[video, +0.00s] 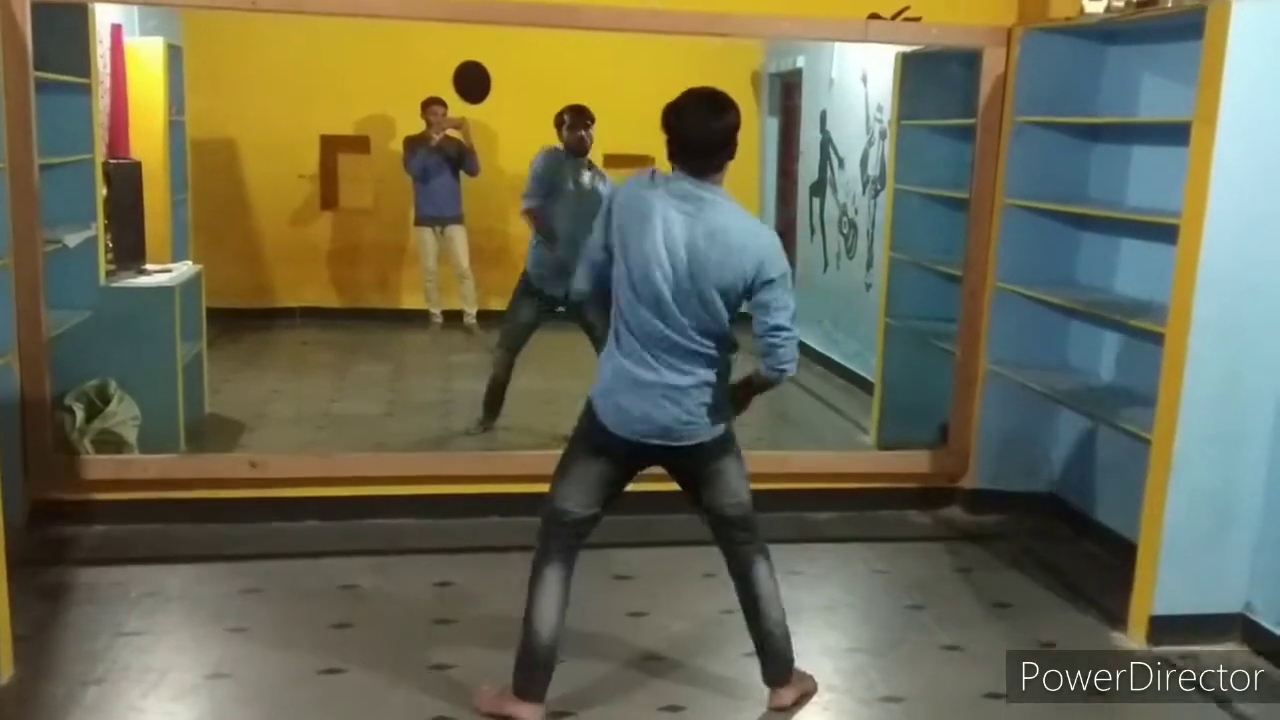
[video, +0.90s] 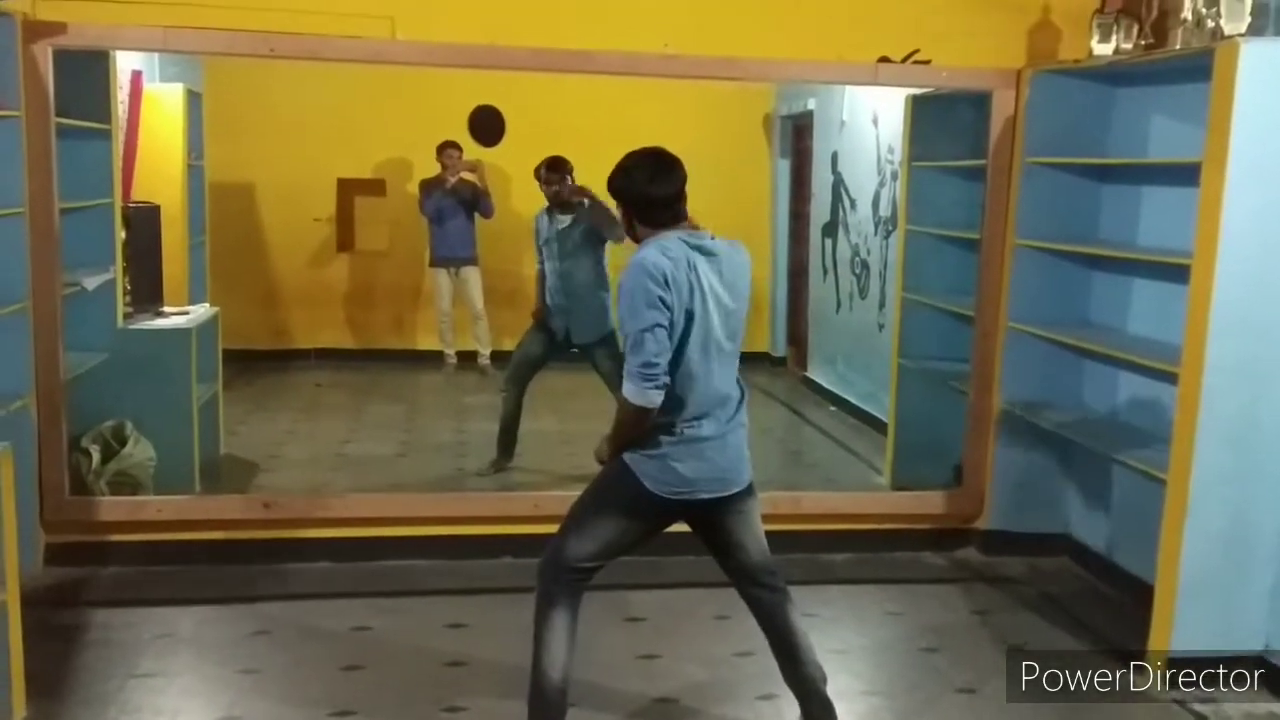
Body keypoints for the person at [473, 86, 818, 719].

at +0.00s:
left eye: (670, 139)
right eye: (730, 138)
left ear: (667, 144)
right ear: (733, 149)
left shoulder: (626, 200)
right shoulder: (755, 242)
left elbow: (584, 292)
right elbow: (779, 364)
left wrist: (617, 354)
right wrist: (733, 394)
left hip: (616, 410)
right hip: (697, 420)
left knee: (558, 540)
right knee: (745, 546)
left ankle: (527, 694)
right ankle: (782, 683)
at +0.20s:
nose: (643, 162)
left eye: (642, 154)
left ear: (647, 161)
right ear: (711, 163)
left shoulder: (605, 227)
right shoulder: (741, 249)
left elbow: (558, 335)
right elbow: (740, 349)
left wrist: (565, 399)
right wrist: (678, 349)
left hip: (622, 431)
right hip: (702, 433)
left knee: (550, 554)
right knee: (752, 560)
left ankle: (528, 706)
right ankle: (810, 698)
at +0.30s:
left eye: (637, 168)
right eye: (702, 169)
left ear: (639, 176)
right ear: (702, 176)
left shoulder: (614, 236)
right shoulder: (733, 240)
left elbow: (576, 346)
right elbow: (772, 281)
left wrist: (582, 409)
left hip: (635, 437)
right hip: (712, 438)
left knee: (548, 548)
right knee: (759, 568)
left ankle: (533, 706)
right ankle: (817, 706)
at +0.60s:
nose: (624, 193)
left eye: (625, 186)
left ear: (632, 192)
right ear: (694, 186)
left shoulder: (626, 254)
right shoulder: (734, 248)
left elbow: (618, 371)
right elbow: (755, 299)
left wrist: (609, 434)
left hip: (654, 455)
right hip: (727, 454)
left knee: (561, 564)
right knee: (770, 583)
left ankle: (540, 711)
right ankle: (820, 710)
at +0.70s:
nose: (625, 199)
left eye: (626, 191)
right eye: (629, 190)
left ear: (633, 197)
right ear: (694, 191)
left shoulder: (628, 262)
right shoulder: (735, 261)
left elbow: (625, 374)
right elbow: (726, 348)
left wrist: (610, 439)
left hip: (654, 462)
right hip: (728, 459)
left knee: (560, 567)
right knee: (770, 586)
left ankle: (541, 712)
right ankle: (821, 710)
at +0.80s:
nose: (619, 199)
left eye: (619, 192)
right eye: (624, 190)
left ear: (629, 202)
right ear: (691, 196)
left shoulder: (635, 269)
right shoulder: (733, 266)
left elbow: (634, 386)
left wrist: (612, 441)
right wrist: (710, 236)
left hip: (656, 466)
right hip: (728, 461)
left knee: (560, 570)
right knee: (770, 588)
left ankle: (543, 711)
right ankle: (821, 710)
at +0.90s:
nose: (618, 214)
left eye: (617, 206)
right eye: (619, 207)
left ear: (627, 214)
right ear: (684, 200)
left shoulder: (649, 269)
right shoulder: (734, 259)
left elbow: (644, 396)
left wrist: (615, 442)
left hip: (658, 468)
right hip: (726, 463)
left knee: (561, 572)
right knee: (769, 592)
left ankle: (545, 711)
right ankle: (820, 711)